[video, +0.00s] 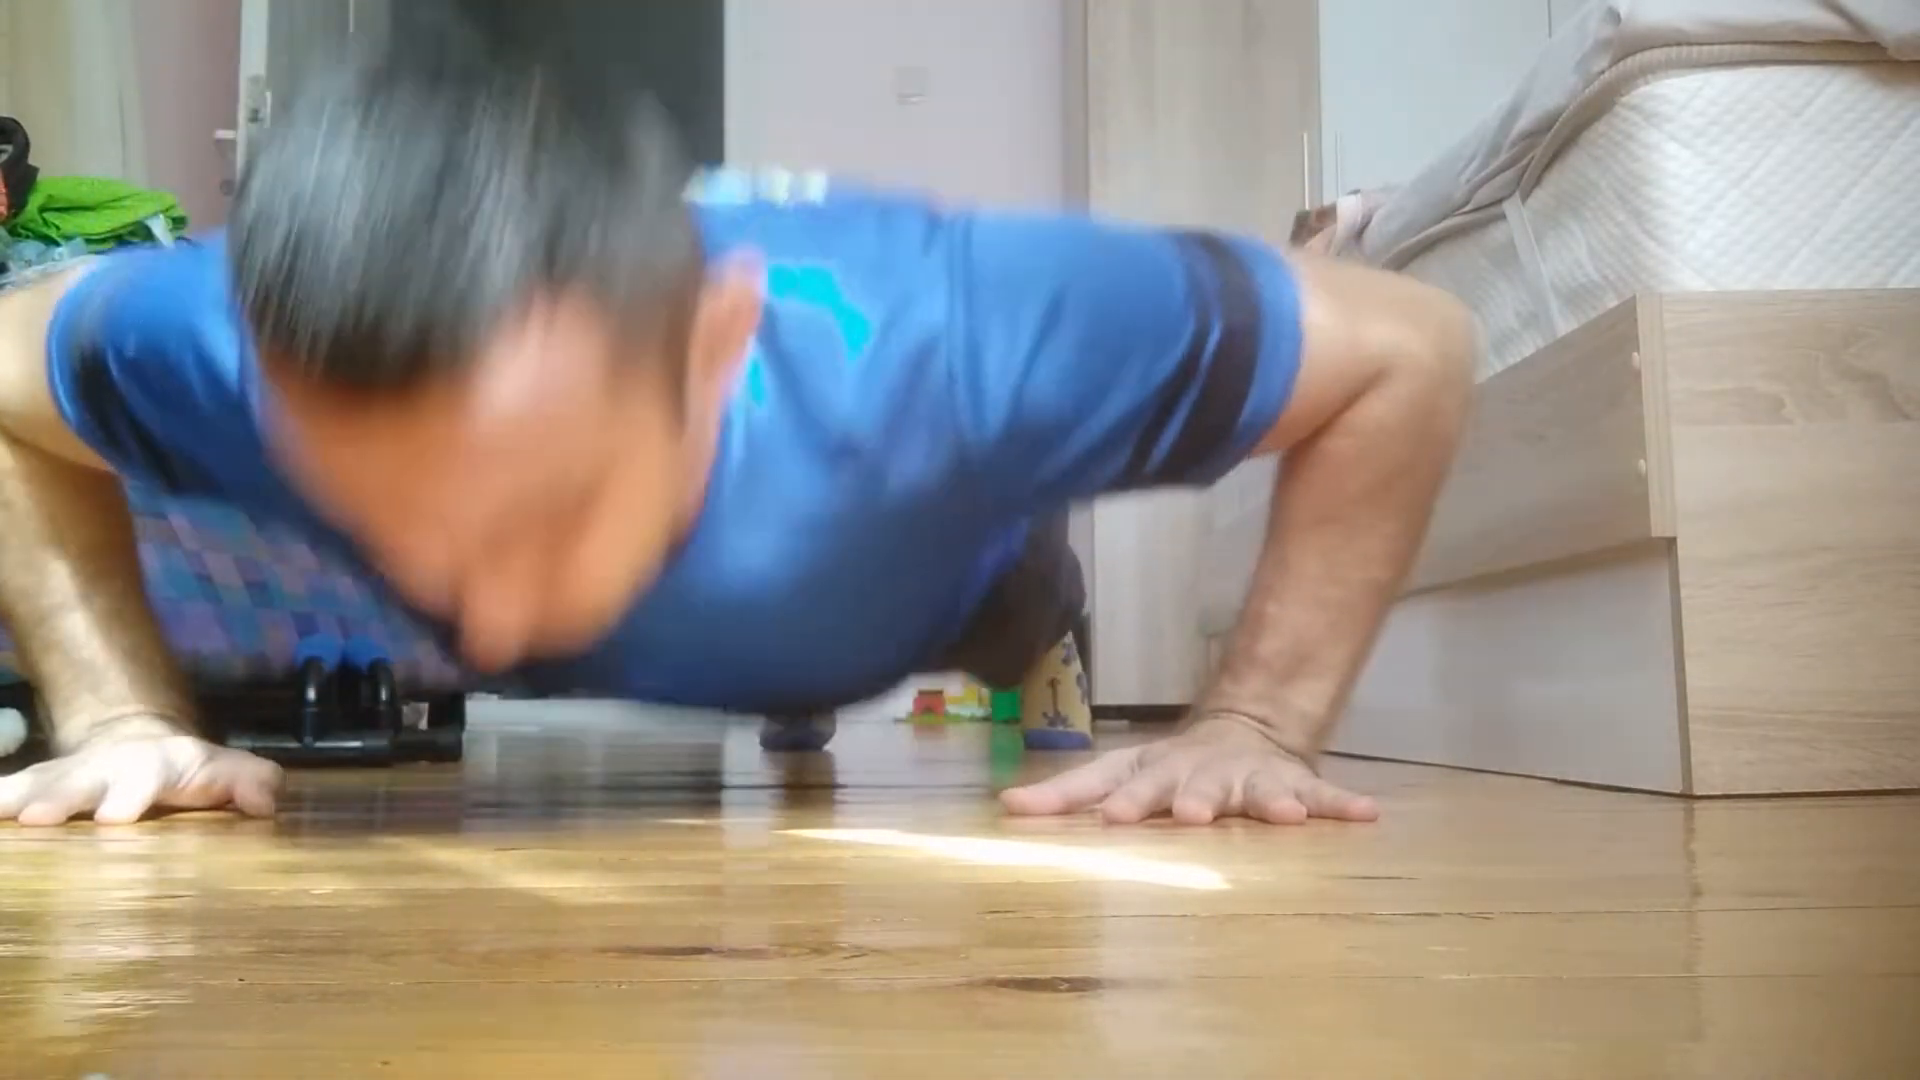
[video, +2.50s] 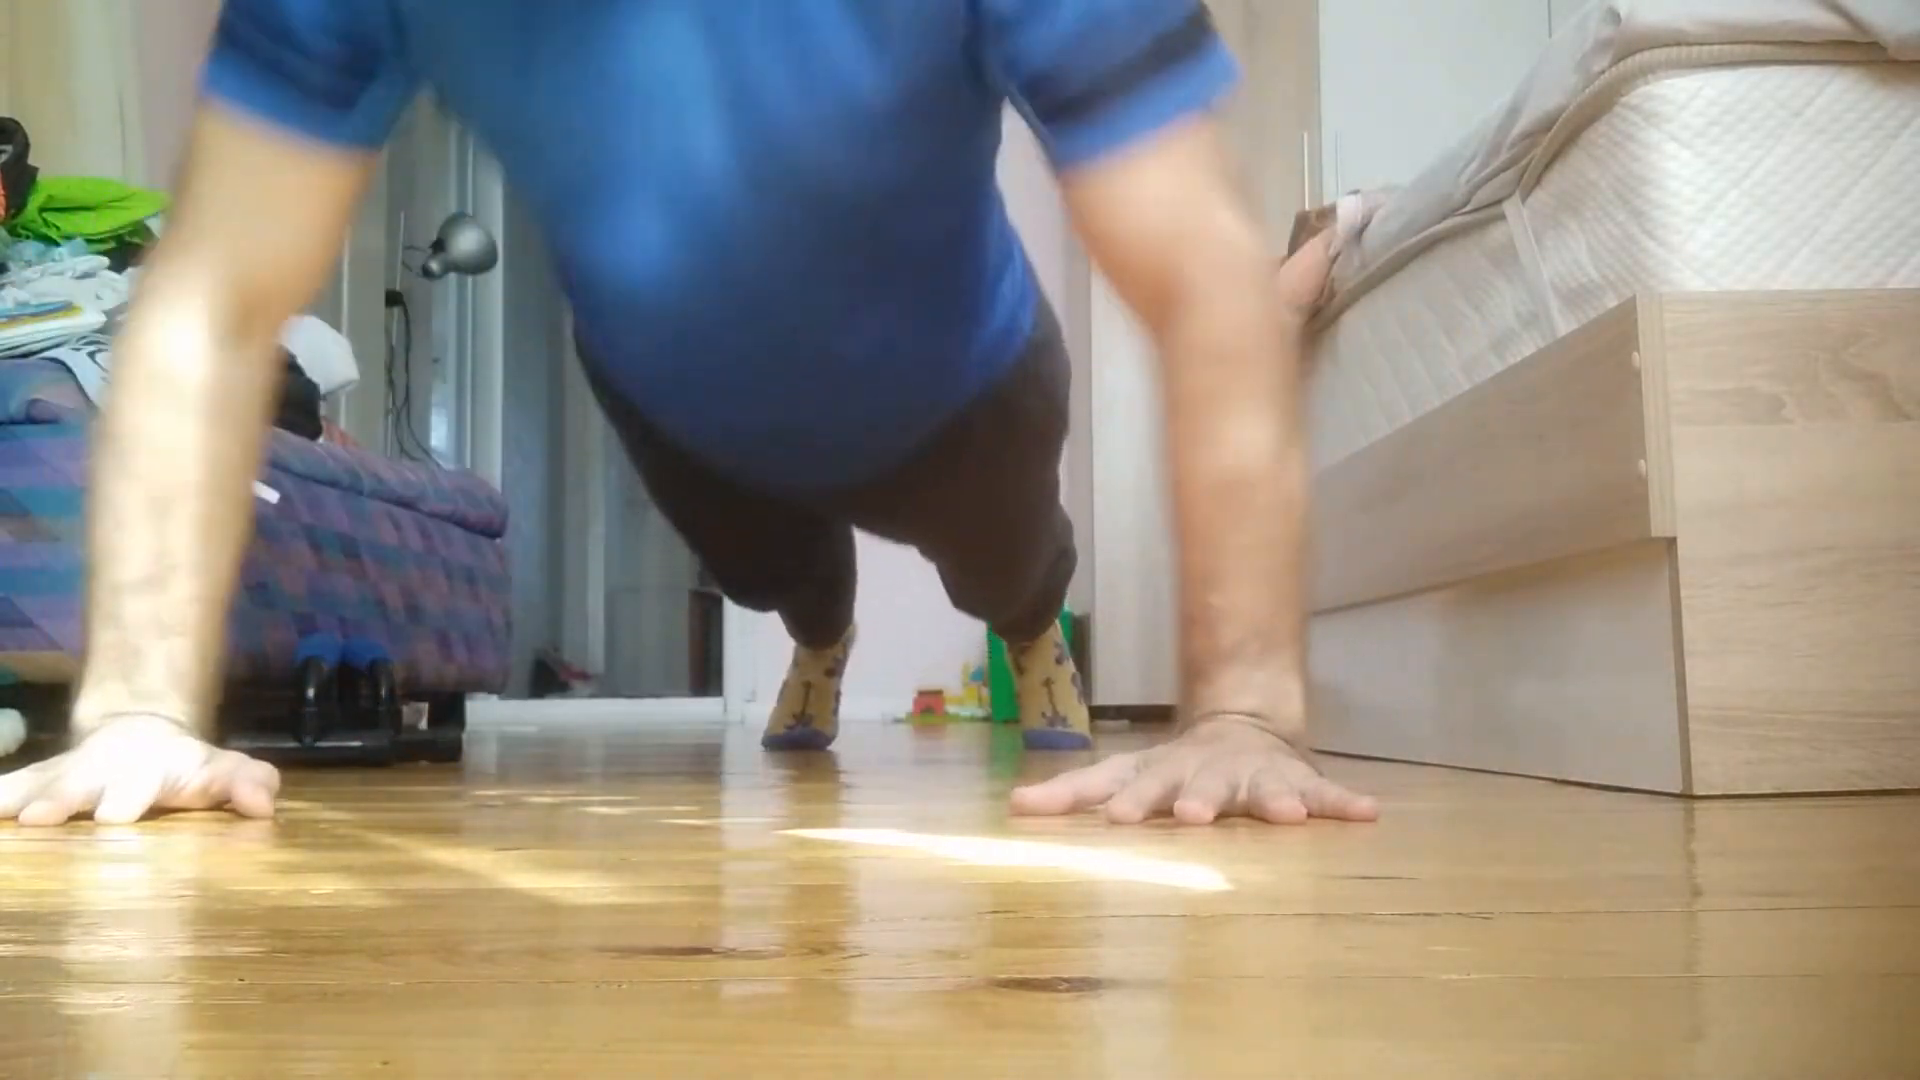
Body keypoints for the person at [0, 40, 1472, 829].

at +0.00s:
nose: (483, 618)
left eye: (547, 533)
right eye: (396, 548)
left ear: (713, 344)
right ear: (311, 420)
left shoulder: (960, 352)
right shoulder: (229, 349)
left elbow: (1411, 353)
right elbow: (23, 380)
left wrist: (1265, 721)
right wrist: (121, 712)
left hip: (936, 596)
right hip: (682, 627)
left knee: (1009, 620)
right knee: (788, 678)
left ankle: (1035, 659)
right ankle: (806, 713)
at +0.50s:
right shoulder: (371, 2)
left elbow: (1152, 277)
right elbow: (254, 271)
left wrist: (1240, 705)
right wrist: (148, 710)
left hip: (930, 377)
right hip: (672, 412)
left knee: (1011, 557)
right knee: (775, 563)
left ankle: (1023, 617)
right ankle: (816, 635)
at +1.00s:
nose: (515, 651)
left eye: (580, 564)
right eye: (423, 583)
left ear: (742, 381)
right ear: (328, 454)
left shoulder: (971, 374)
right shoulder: (248, 361)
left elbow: (1391, 356)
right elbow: (29, 371)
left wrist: (1259, 717)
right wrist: (126, 711)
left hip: (939, 634)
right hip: (688, 662)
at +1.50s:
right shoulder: (381, 2)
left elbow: (1102, 266)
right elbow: (284, 269)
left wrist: (1236, 700)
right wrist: (154, 708)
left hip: (941, 360)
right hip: (683, 378)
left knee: (1013, 549)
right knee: (778, 550)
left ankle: (1015, 622)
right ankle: (817, 642)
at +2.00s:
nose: (474, 798)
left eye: (543, 698)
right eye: (387, 716)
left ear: (708, 511)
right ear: (280, 556)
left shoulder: (940, 431)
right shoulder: (235, 404)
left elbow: (1374, 342)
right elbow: (27, 364)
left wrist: (1251, 721)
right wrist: (125, 715)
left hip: (910, 727)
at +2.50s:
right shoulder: (360, 17)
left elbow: (1216, 280)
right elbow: (210, 300)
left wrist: (1249, 709)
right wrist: (145, 712)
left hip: (942, 387)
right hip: (687, 427)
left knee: (1002, 564)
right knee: (783, 569)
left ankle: (1012, 626)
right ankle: (820, 644)